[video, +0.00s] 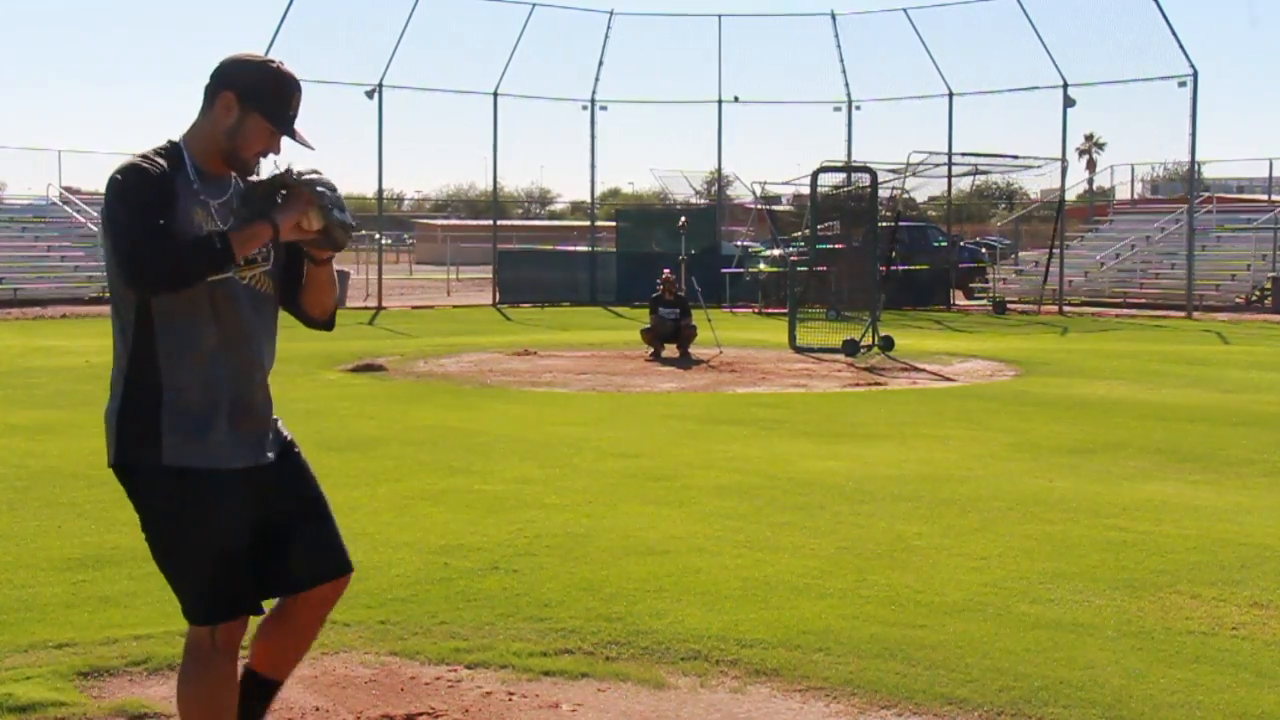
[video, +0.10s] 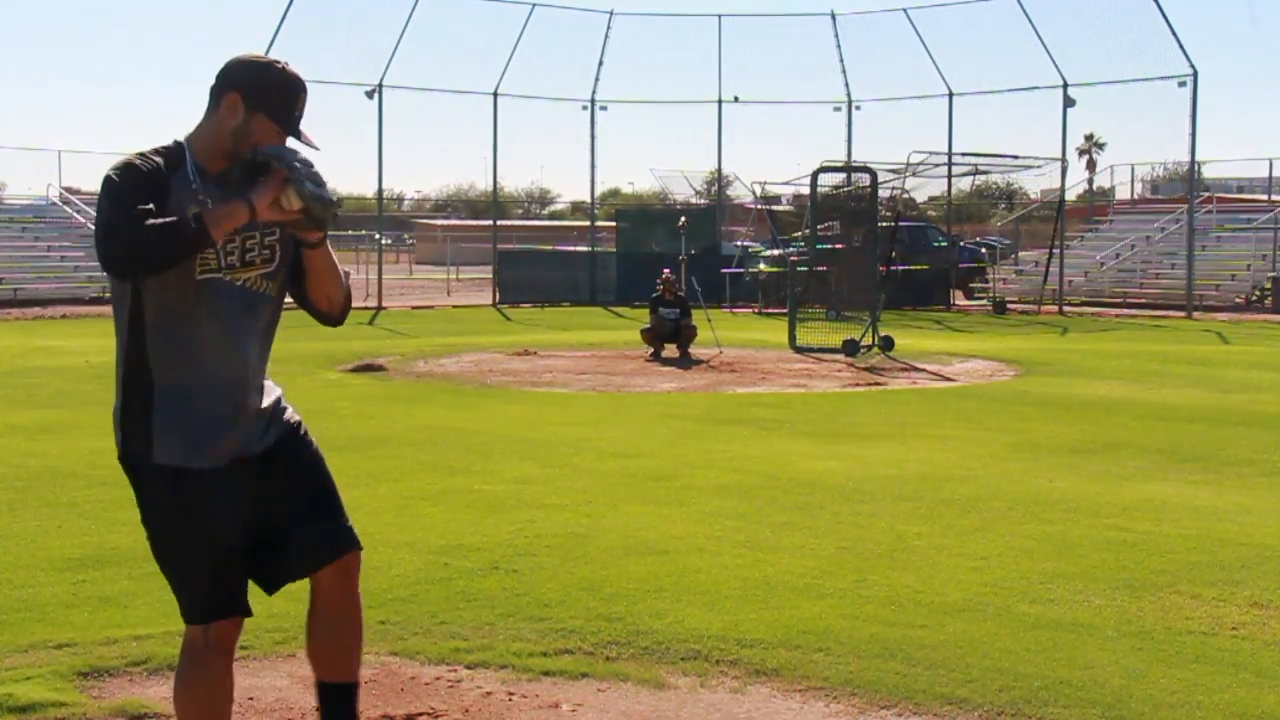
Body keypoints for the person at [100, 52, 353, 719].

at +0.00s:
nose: (275, 147)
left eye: (280, 134)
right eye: (271, 129)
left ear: (241, 116)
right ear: (227, 106)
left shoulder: (259, 198)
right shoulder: (141, 182)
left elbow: (317, 310)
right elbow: (148, 271)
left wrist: (318, 247)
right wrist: (268, 228)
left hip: (254, 433)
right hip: (171, 444)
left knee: (322, 575)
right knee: (220, 620)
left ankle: (244, 712)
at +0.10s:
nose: (282, 147)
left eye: (288, 134)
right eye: (276, 128)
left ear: (250, 118)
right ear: (231, 107)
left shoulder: (271, 196)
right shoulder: (138, 178)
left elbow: (333, 308)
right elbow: (123, 253)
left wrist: (309, 229)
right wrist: (244, 210)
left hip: (259, 419)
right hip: (174, 443)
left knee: (338, 557)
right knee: (216, 620)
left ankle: (340, 717)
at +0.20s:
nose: (284, 150)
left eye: (294, 139)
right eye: (279, 133)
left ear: (294, 140)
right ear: (239, 111)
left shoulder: (281, 190)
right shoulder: (149, 174)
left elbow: (348, 301)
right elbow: (109, 241)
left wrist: (306, 215)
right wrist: (229, 190)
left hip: (270, 410)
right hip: (182, 439)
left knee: (344, 532)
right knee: (215, 618)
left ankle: (412, 701)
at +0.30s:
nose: (291, 152)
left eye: (303, 140)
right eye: (283, 135)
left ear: (304, 145)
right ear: (246, 125)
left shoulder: (297, 200)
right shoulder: (167, 174)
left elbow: (365, 293)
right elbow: (110, 233)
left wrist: (314, 200)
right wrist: (229, 177)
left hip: (275, 394)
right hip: (187, 426)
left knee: (347, 460)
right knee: (218, 612)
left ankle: (423, 634)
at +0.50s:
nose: (337, 162)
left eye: (342, 149)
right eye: (332, 145)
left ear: (311, 139)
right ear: (291, 130)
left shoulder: (328, 210)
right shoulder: (202, 187)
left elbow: (369, 309)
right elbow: (132, 254)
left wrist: (324, 223)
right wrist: (245, 193)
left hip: (274, 384)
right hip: (197, 414)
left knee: (346, 378)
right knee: (234, 600)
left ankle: (382, 580)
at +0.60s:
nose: (359, 178)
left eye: (362, 165)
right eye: (356, 162)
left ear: (319, 160)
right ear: (319, 155)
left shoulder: (337, 242)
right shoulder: (215, 221)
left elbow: (339, 358)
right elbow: (115, 309)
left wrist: (326, 333)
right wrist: (239, 313)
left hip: (285, 412)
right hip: (205, 434)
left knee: (371, 440)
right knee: (251, 604)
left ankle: (394, 645)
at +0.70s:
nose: (377, 210)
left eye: (379, 198)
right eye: (377, 196)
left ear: (320, 188)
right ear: (352, 196)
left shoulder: (345, 285)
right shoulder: (234, 258)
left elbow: (340, 386)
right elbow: (131, 341)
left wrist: (342, 461)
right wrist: (164, 458)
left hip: (292, 455)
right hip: (212, 462)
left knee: (390, 527)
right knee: (275, 606)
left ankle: (432, 701)